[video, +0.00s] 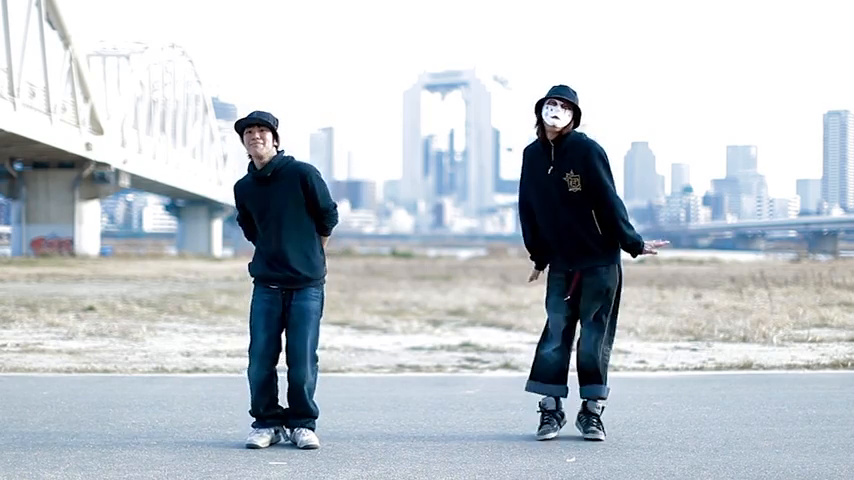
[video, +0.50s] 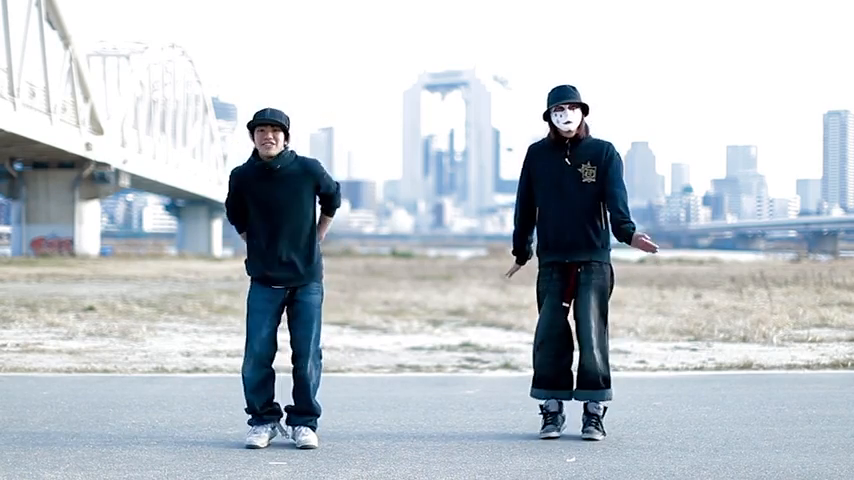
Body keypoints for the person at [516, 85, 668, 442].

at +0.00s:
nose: (554, 112)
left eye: (563, 108)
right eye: (550, 105)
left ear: (573, 116)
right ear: (540, 111)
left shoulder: (586, 150)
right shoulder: (532, 153)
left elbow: (608, 199)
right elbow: (527, 207)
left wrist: (634, 243)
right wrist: (538, 255)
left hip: (599, 258)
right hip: (561, 258)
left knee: (595, 333)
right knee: (555, 330)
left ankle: (590, 412)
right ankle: (550, 411)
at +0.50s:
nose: (565, 115)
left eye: (570, 108)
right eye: (558, 110)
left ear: (582, 112)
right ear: (549, 116)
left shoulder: (603, 152)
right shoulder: (536, 154)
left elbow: (616, 198)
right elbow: (525, 204)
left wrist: (629, 232)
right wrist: (521, 249)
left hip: (592, 256)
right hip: (551, 256)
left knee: (590, 331)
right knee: (548, 330)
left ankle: (593, 411)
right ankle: (551, 409)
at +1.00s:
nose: (573, 113)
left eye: (579, 107)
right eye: (567, 107)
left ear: (589, 114)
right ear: (556, 113)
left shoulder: (603, 156)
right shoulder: (541, 152)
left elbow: (601, 202)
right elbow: (533, 194)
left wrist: (587, 230)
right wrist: (537, 219)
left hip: (590, 246)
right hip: (550, 246)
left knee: (587, 297)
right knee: (549, 327)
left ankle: (585, 354)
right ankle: (551, 407)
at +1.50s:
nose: (575, 119)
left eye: (582, 113)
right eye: (569, 113)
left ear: (591, 118)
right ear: (559, 118)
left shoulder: (607, 159)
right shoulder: (541, 163)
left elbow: (632, 193)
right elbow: (529, 217)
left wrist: (639, 230)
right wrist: (517, 265)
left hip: (598, 257)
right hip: (558, 258)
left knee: (593, 334)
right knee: (569, 324)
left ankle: (586, 410)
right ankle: (559, 394)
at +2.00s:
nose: (583, 133)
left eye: (590, 127)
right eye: (577, 126)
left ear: (599, 130)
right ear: (566, 129)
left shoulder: (612, 169)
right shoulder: (543, 167)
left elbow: (639, 212)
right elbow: (503, 195)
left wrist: (633, 249)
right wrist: (509, 237)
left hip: (598, 268)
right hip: (557, 269)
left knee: (594, 341)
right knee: (559, 343)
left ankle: (593, 411)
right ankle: (556, 414)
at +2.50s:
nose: (576, 125)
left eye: (582, 120)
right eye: (569, 120)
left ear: (592, 128)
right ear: (560, 127)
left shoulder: (609, 171)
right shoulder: (545, 172)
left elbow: (618, 224)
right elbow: (536, 226)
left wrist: (621, 271)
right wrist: (542, 271)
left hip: (601, 271)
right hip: (561, 272)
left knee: (592, 347)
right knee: (553, 346)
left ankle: (590, 417)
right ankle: (547, 416)